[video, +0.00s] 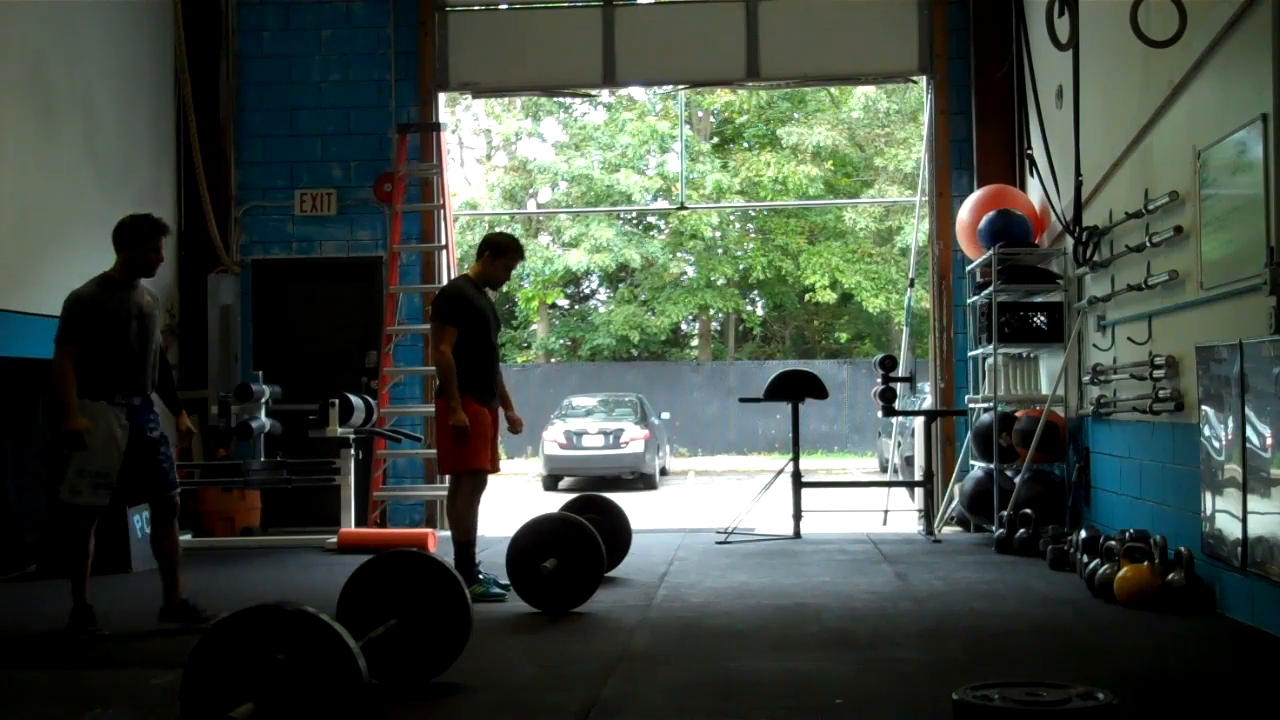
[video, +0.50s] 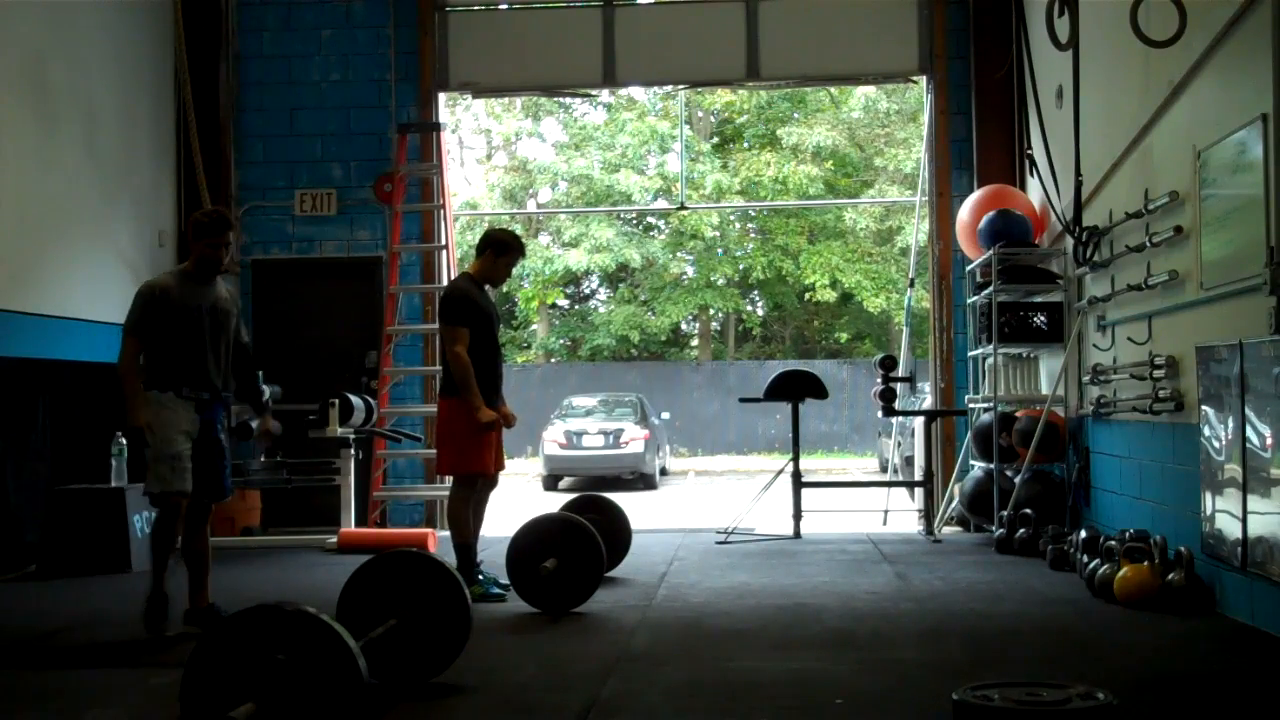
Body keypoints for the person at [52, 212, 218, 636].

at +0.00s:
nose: (161, 257)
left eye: (162, 249)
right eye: (155, 249)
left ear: (142, 251)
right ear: (130, 249)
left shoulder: (151, 302)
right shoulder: (85, 299)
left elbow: (158, 366)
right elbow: (63, 360)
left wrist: (179, 413)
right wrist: (72, 414)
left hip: (144, 417)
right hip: (96, 419)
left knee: (166, 505)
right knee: (88, 514)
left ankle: (174, 601)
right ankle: (80, 607)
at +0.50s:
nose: (225, 255)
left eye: (229, 247)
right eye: (218, 247)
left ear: (230, 248)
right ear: (196, 245)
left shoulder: (226, 298)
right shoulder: (157, 292)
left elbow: (241, 361)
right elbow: (129, 358)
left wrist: (260, 409)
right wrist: (135, 411)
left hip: (210, 413)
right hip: (165, 410)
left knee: (201, 511)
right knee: (173, 505)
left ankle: (200, 604)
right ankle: (158, 597)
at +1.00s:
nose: (219, 239)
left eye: (224, 230)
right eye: (209, 232)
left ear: (236, 232)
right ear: (194, 237)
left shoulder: (259, 285)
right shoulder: (176, 293)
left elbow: (284, 347)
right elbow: (154, 365)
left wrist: (310, 398)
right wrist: (142, 428)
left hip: (256, 410)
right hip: (204, 413)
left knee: (273, 503)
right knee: (225, 516)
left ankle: (232, 575)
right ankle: (239, 608)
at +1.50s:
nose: (204, 226)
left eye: (213, 218)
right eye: (195, 219)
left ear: (230, 223)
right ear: (184, 227)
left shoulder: (260, 281)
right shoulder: (166, 285)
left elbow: (293, 348)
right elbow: (145, 355)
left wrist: (322, 402)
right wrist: (143, 415)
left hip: (244, 418)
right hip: (190, 419)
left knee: (238, 528)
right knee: (209, 529)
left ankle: (235, 623)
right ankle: (239, 609)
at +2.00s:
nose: (122, 226)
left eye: (129, 215)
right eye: (118, 217)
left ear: (157, 211)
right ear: (121, 220)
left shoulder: (210, 270)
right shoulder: (125, 281)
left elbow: (237, 337)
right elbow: (108, 355)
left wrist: (215, 385)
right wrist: (71, 415)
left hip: (194, 418)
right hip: (135, 419)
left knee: (210, 533)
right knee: (122, 535)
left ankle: (225, 637)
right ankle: (108, 655)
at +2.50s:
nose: (12, 233)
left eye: (14, 221)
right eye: (8, 224)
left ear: (32, 209)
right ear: (46, 201)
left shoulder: (106, 257)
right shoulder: (33, 259)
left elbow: (125, 343)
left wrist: (110, 407)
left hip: (82, 418)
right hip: (48, 416)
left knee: (60, 544)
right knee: (67, 543)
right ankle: (92, 668)